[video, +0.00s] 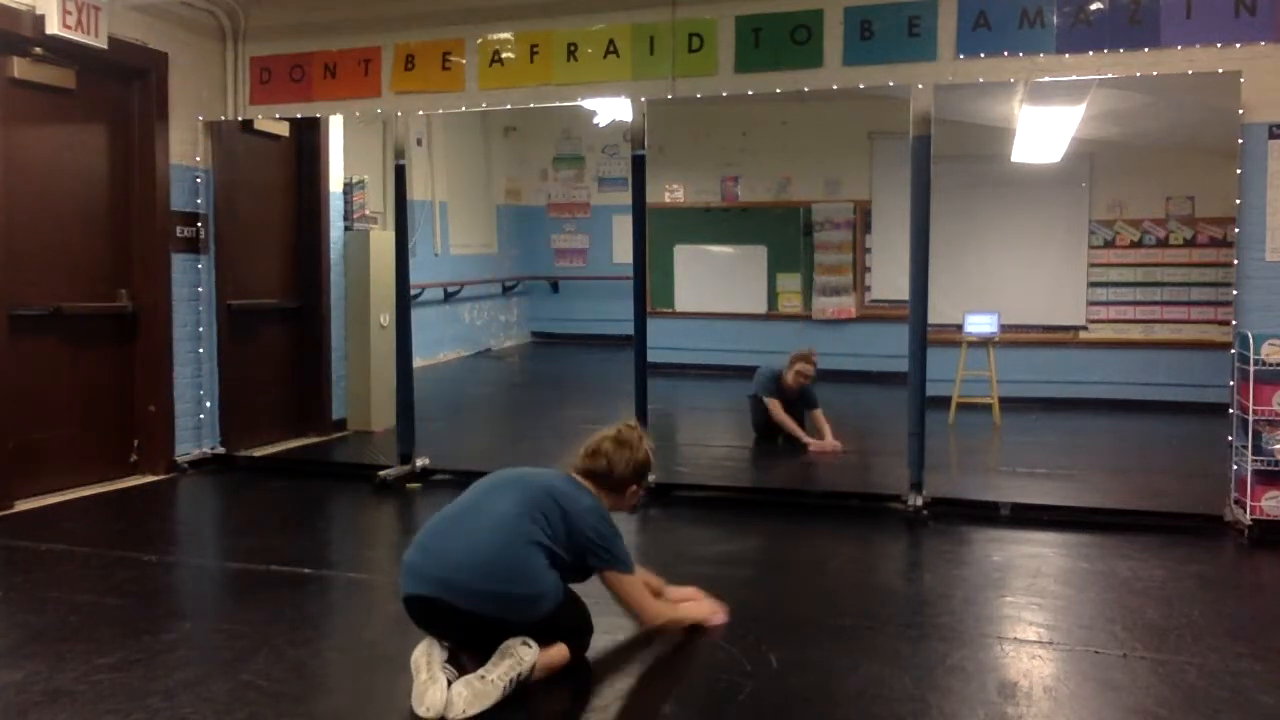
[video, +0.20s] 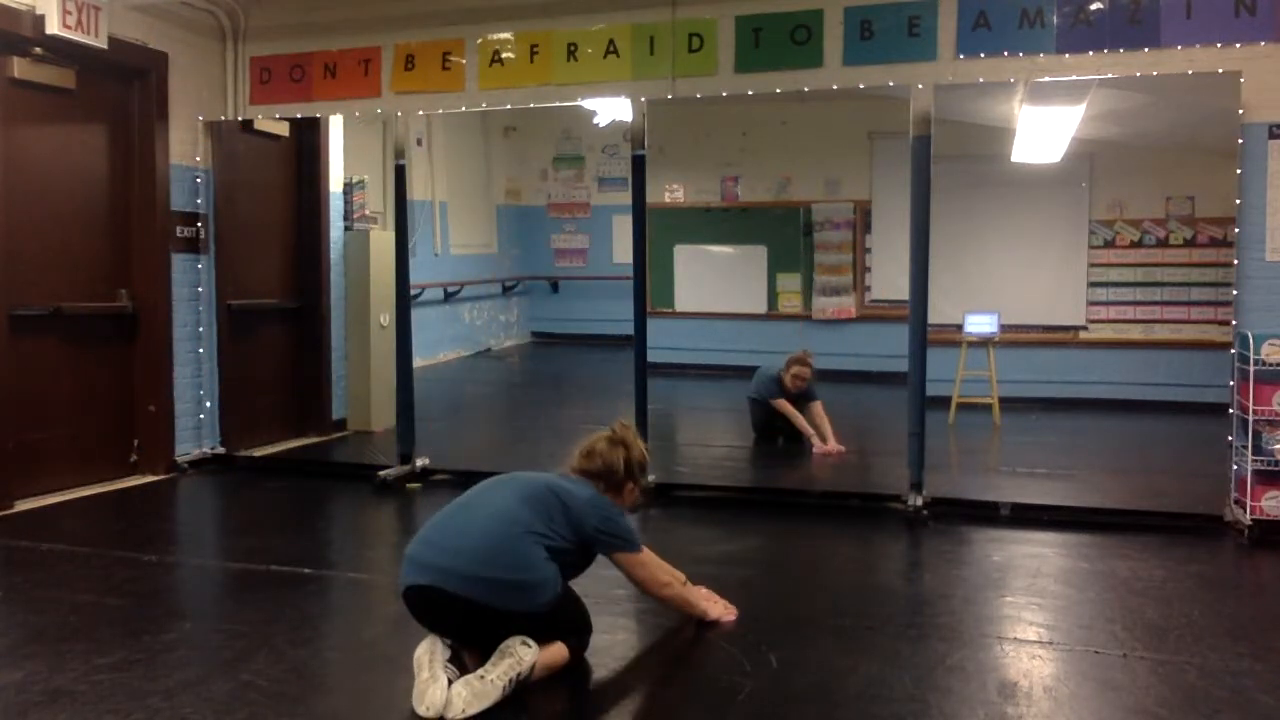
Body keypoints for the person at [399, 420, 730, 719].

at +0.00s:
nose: (642, 494)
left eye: (644, 486)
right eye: (643, 487)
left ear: (584, 464)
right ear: (630, 491)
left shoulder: (532, 483)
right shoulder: (590, 515)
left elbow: (606, 558)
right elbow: (649, 616)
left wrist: (667, 590)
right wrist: (691, 613)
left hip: (421, 583)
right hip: (504, 585)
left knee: (492, 645)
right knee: (574, 635)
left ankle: (439, 658)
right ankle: (519, 664)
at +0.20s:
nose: (633, 503)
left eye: (636, 496)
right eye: (635, 495)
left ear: (580, 468)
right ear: (625, 489)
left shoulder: (534, 487)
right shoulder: (597, 507)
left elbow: (632, 553)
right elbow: (659, 584)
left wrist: (678, 580)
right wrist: (705, 607)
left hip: (422, 578)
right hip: (504, 578)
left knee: (494, 644)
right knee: (572, 634)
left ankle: (444, 658)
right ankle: (522, 662)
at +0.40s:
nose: (614, 426)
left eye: (614, 416)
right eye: (614, 416)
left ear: (552, 417)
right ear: (604, 420)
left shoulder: (520, 457)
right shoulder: (596, 466)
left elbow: (607, 541)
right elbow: (649, 544)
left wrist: (652, 585)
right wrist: (684, 591)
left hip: (427, 583)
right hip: (512, 583)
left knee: (490, 647)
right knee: (574, 636)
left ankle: (445, 659)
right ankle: (522, 665)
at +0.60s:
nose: (588, 370)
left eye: (586, 361)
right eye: (586, 362)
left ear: (523, 373)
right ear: (578, 369)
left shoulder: (493, 425)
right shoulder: (589, 442)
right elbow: (608, 544)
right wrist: (611, 603)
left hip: (441, 595)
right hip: (528, 599)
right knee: (575, 643)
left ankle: (444, 660)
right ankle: (511, 674)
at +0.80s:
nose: (563, 356)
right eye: (561, 349)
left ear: (500, 364)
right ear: (555, 356)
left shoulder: (471, 427)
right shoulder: (581, 436)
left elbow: (450, 522)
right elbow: (586, 537)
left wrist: (479, 567)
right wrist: (543, 572)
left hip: (445, 617)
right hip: (537, 622)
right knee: (583, 628)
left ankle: (441, 669)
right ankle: (506, 687)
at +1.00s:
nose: (545, 354)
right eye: (543, 347)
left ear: (487, 366)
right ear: (541, 356)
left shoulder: (461, 434)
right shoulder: (581, 434)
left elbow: (445, 536)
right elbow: (591, 539)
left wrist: (481, 576)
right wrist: (561, 582)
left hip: (452, 614)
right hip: (547, 617)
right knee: (580, 638)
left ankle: (445, 672)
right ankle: (511, 686)